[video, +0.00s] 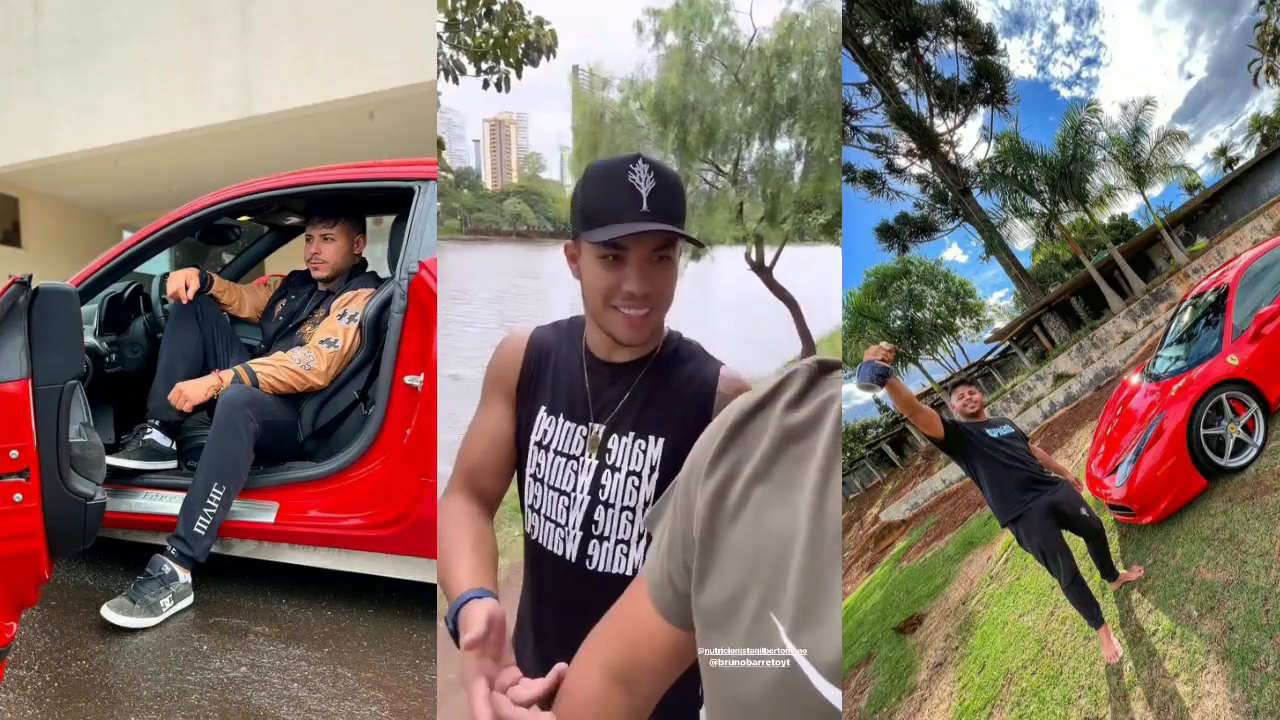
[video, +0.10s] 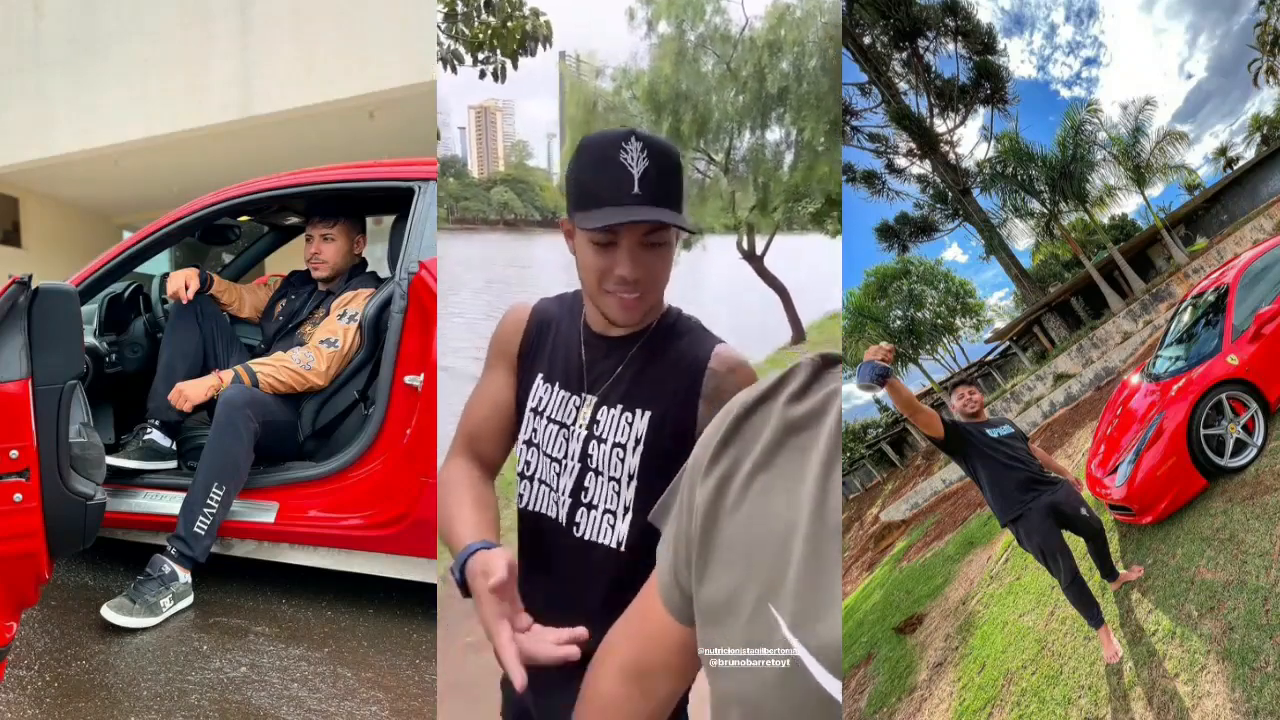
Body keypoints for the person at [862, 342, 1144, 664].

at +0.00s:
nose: (966, 397)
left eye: (971, 392)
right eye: (959, 397)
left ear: (983, 398)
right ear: (953, 410)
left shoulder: (1003, 424)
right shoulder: (956, 436)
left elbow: (1037, 454)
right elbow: (916, 412)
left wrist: (1067, 476)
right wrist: (885, 373)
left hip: (1051, 489)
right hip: (1021, 512)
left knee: (1093, 528)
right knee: (1065, 572)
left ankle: (1113, 576)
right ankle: (1101, 628)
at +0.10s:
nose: (967, 397)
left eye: (971, 392)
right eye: (959, 397)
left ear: (983, 398)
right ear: (953, 410)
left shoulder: (1003, 424)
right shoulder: (957, 436)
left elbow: (1037, 454)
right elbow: (916, 412)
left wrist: (1067, 476)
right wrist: (885, 375)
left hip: (1051, 489)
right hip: (1021, 512)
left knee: (1094, 528)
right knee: (1066, 572)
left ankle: (1113, 576)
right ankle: (1101, 629)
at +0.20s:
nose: (967, 397)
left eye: (971, 392)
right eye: (959, 397)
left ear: (983, 398)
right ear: (953, 410)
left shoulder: (1003, 424)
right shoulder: (957, 436)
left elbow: (1037, 454)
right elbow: (916, 412)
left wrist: (1067, 476)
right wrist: (885, 375)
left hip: (1051, 489)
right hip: (1021, 512)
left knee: (1094, 528)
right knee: (1066, 572)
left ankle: (1113, 576)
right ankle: (1101, 629)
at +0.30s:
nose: (966, 397)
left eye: (970, 392)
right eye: (959, 397)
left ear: (982, 398)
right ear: (953, 411)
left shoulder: (1004, 423)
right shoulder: (956, 436)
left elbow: (1037, 454)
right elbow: (916, 412)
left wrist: (1067, 475)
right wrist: (885, 374)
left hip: (1052, 489)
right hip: (1022, 512)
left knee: (1094, 528)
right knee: (1066, 572)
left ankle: (1114, 576)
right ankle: (1101, 628)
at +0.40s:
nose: (967, 397)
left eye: (971, 392)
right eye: (959, 398)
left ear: (983, 398)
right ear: (953, 411)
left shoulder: (1003, 424)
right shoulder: (956, 436)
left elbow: (1037, 454)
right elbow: (916, 412)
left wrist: (1067, 475)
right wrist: (885, 374)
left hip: (1051, 489)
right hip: (1022, 512)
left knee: (1093, 528)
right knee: (1066, 572)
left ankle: (1114, 575)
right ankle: (1101, 628)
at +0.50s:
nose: (967, 397)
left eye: (970, 392)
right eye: (959, 397)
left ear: (982, 398)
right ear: (953, 411)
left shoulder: (1004, 424)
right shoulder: (956, 436)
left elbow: (1037, 454)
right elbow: (915, 412)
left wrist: (1068, 475)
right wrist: (885, 373)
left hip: (1052, 489)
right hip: (1022, 512)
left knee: (1093, 528)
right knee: (1066, 572)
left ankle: (1114, 576)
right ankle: (1101, 628)